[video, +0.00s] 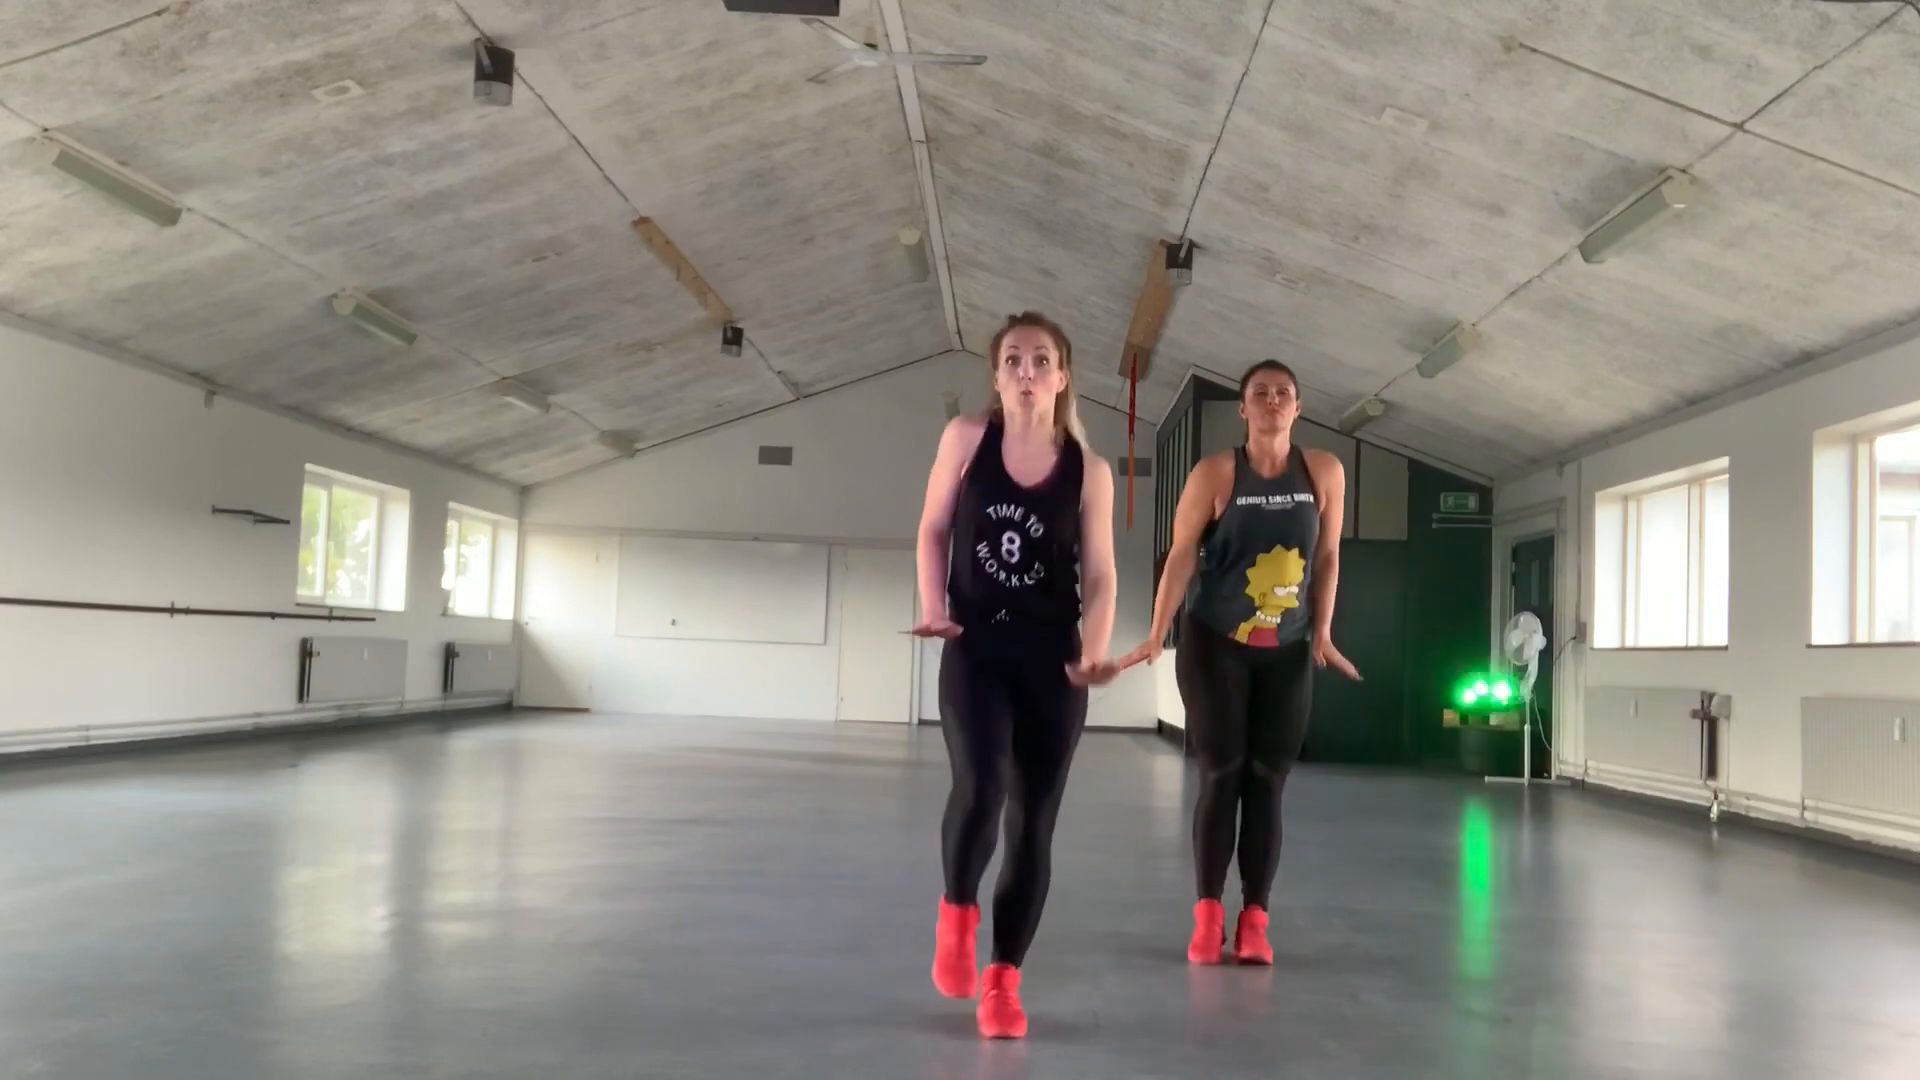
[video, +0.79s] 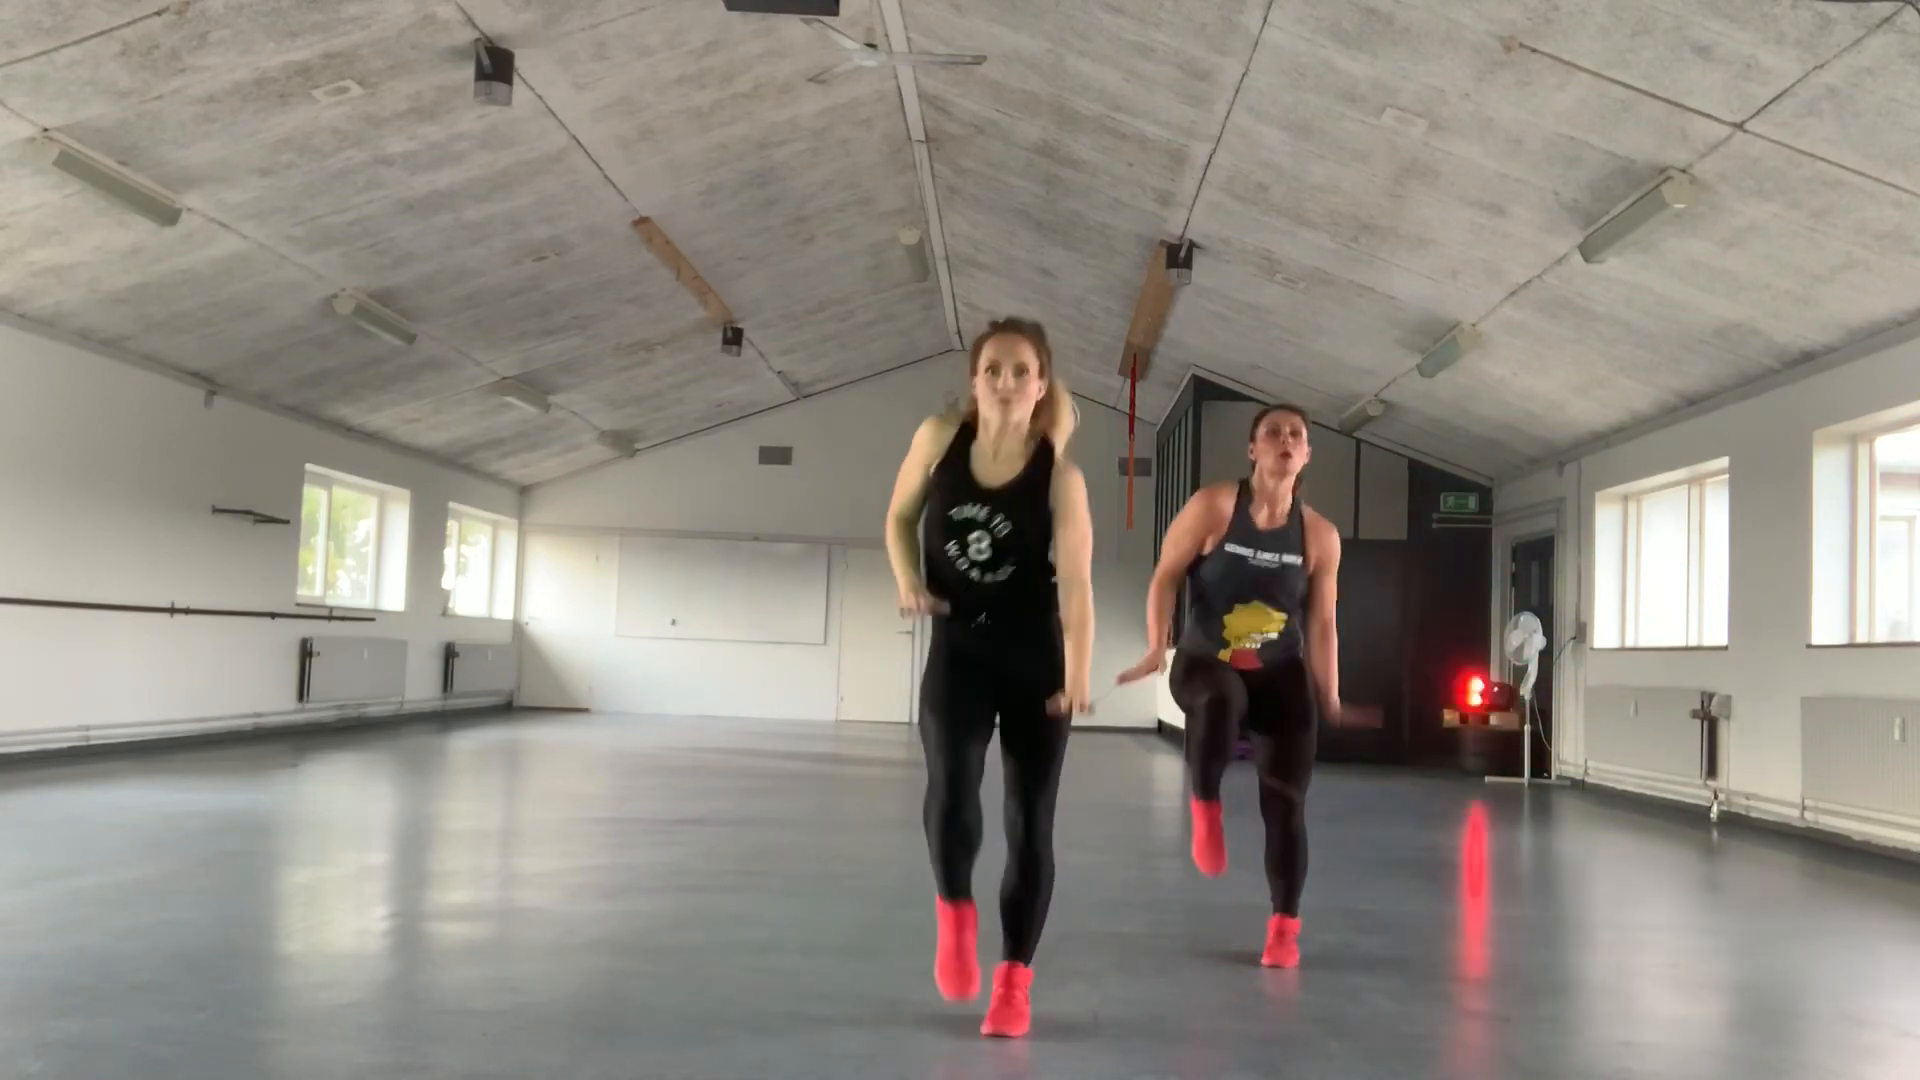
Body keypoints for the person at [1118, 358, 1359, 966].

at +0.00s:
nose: (1273, 402)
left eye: (1282, 394)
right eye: (1261, 393)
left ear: (1297, 407)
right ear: (1242, 407)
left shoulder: (1324, 471)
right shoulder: (1213, 474)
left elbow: (1328, 556)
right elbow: (1180, 558)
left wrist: (1322, 634)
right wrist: (1155, 636)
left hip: (1288, 649)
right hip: (1215, 644)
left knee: (1266, 781)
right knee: (1222, 775)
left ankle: (1255, 917)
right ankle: (1209, 910)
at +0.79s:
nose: (1286, 443)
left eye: (1296, 435)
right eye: (1275, 434)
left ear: (1307, 454)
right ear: (1253, 449)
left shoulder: (1321, 536)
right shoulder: (1211, 507)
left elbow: (1322, 624)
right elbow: (1165, 578)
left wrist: (1330, 695)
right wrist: (1157, 647)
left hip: (1281, 673)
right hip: (1209, 664)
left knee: (1284, 799)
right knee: (1221, 695)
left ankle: (1285, 922)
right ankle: (1206, 806)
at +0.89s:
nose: (1272, 444)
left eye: (1282, 437)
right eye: (1260, 436)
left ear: (1294, 456)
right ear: (1239, 451)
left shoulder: (1298, 544)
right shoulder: (1199, 493)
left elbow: (1311, 636)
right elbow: (1147, 545)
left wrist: (1326, 721)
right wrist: (1159, 612)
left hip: (1269, 671)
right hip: (1199, 656)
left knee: (1278, 798)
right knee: (1215, 688)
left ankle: (1284, 921)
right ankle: (1198, 796)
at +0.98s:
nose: (1253, 417)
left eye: (1262, 409)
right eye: (1242, 408)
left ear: (1275, 426)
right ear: (1220, 421)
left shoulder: (1289, 508)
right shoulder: (1182, 471)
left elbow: (1295, 599)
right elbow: (1136, 529)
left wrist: (1301, 681)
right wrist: (1140, 602)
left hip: (1253, 653)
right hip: (1180, 648)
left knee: (1263, 786)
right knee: (1181, 749)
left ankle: (1282, 919)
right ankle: (1170, 855)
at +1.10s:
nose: (1232, 405)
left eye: (1242, 397)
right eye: (1220, 396)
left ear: (1255, 411)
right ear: (1198, 407)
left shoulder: (1275, 470)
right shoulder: (1159, 476)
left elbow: (1279, 558)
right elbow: (1126, 559)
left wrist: (1270, 636)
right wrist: (1103, 636)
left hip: (1232, 652)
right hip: (1157, 649)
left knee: (1240, 784)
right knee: (1164, 780)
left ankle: (1261, 915)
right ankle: (1153, 909)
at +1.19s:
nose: (1209, 405)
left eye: (1220, 397)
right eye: (1198, 396)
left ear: (1234, 413)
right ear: (1177, 408)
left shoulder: (1254, 481)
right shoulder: (1140, 478)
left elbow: (1264, 566)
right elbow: (1110, 560)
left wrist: (1263, 647)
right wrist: (1083, 640)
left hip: (1214, 648)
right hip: (1142, 643)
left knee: (1202, 776)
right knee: (1145, 769)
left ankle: (1202, 907)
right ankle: (1143, 897)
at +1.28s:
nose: (1183, 430)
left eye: (1194, 422)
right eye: (1173, 420)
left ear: (1209, 439)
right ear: (1154, 433)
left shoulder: (1224, 522)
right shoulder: (1123, 480)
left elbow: (1240, 612)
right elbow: (1084, 552)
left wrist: (1255, 699)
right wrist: (1077, 625)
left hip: (1199, 667)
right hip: (1130, 660)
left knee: (1182, 795)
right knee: (1114, 724)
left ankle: (1176, 916)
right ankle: (1108, 836)